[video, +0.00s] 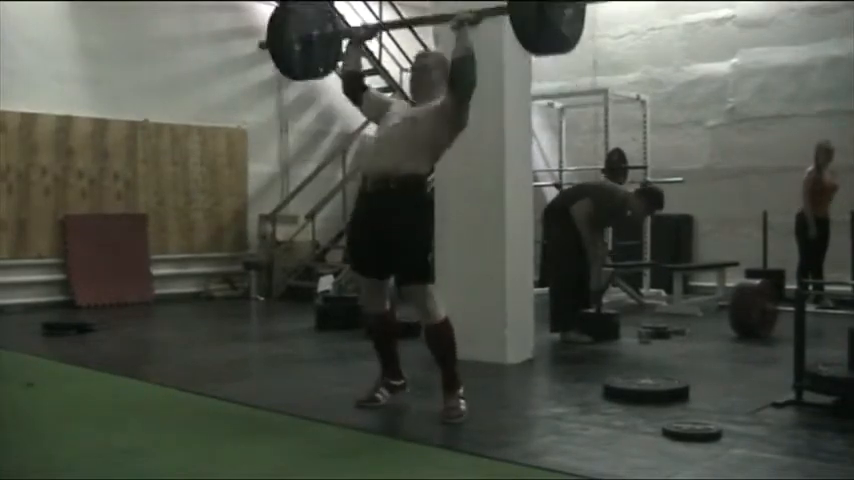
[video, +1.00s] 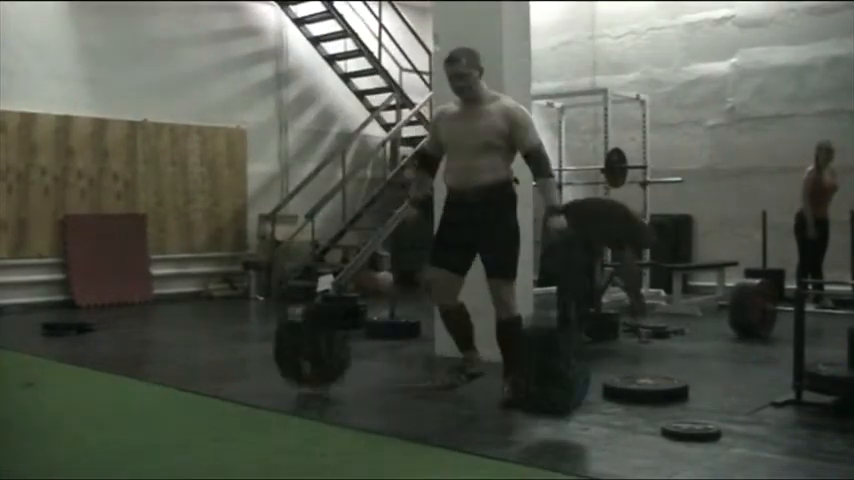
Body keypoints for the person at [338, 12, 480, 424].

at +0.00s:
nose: (417, 70)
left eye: (426, 66)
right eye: (414, 66)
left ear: (444, 77)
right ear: (410, 76)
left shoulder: (446, 115)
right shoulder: (391, 109)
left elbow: (464, 81)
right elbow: (354, 88)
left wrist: (463, 32)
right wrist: (356, 45)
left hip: (411, 202)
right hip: (372, 201)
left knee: (422, 298)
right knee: (373, 297)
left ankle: (453, 391)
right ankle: (392, 381)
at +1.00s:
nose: (459, 84)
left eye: (464, 77)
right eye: (453, 79)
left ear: (480, 73)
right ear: (448, 81)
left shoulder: (510, 113)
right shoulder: (443, 119)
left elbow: (540, 166)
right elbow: (427, 164)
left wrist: (554, 210)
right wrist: (417, 195)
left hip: (497, 207)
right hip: (457, 208)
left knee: (502, 294)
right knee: (440, 287)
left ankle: (514, 379)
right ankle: (470, 359)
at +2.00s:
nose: (372, 155)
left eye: (372, 147)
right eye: (367, 149)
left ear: (388, 135)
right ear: (372, 144)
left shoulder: (449, 148)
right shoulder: (396, 172)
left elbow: (484, 202)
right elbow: (387, 229)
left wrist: (491, 255)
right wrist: (380, 278)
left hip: (479, 216)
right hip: (443, 221)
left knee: (472, 299)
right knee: (420, 293)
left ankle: (491, 392)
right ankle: (416, 384)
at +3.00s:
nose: (394, 65)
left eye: (401, 57)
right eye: (392, 58)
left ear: (423, 59)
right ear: (393, 64)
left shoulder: (449, 109)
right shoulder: (394, 112)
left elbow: (482, 157)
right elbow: (383, 160)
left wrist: (463, 196)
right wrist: (385, 198)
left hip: (447, 216)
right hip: (406, 215)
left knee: (443, 303)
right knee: (399, 300)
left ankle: (462, 393)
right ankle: (410, 384)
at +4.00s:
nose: (413, 69)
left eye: (420, 61)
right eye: (409, 63)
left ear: (439, 62)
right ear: (407, 67)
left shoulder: (458, 95)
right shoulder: (401, 106)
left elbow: (474, 106)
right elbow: (355, 123)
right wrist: (392, 120)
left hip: (436, 191)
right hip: (397, 192)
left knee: (438, 290)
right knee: (386, 286)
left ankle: (464, 388)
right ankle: (391, 376)